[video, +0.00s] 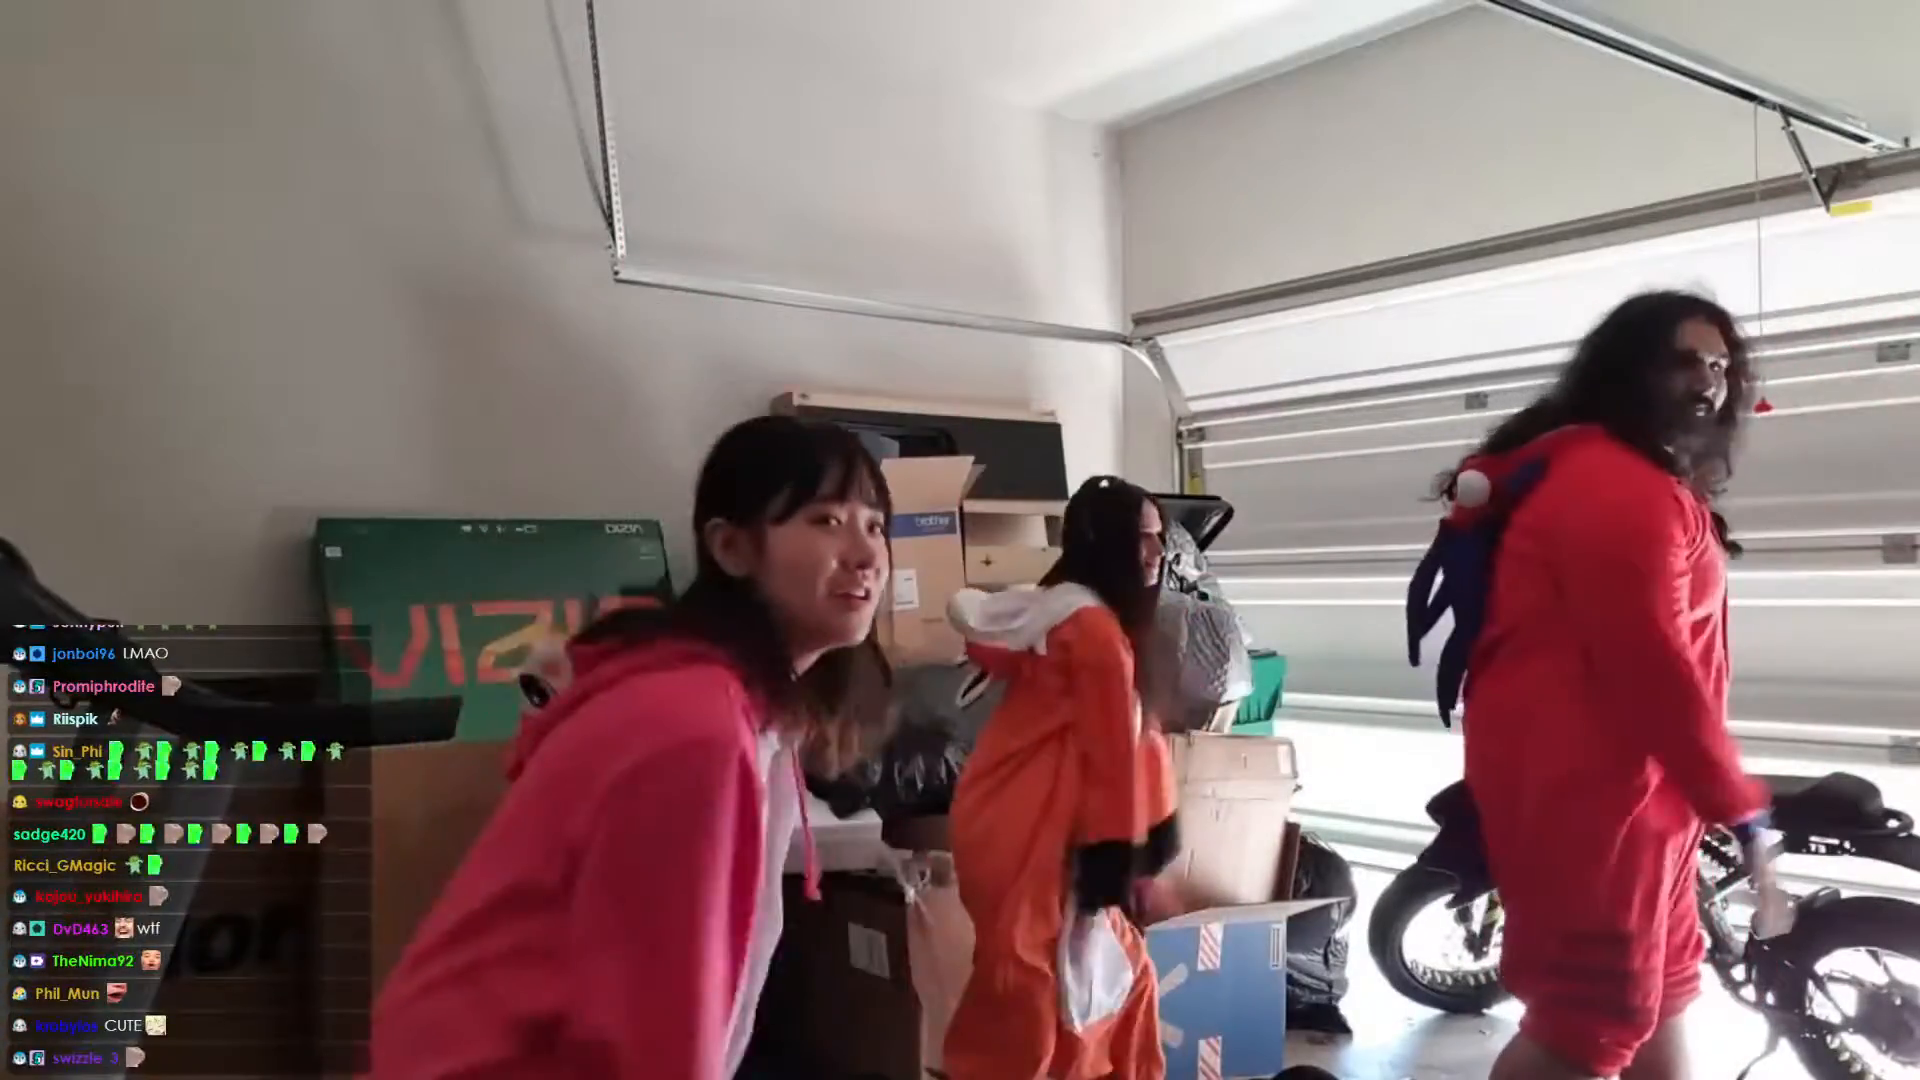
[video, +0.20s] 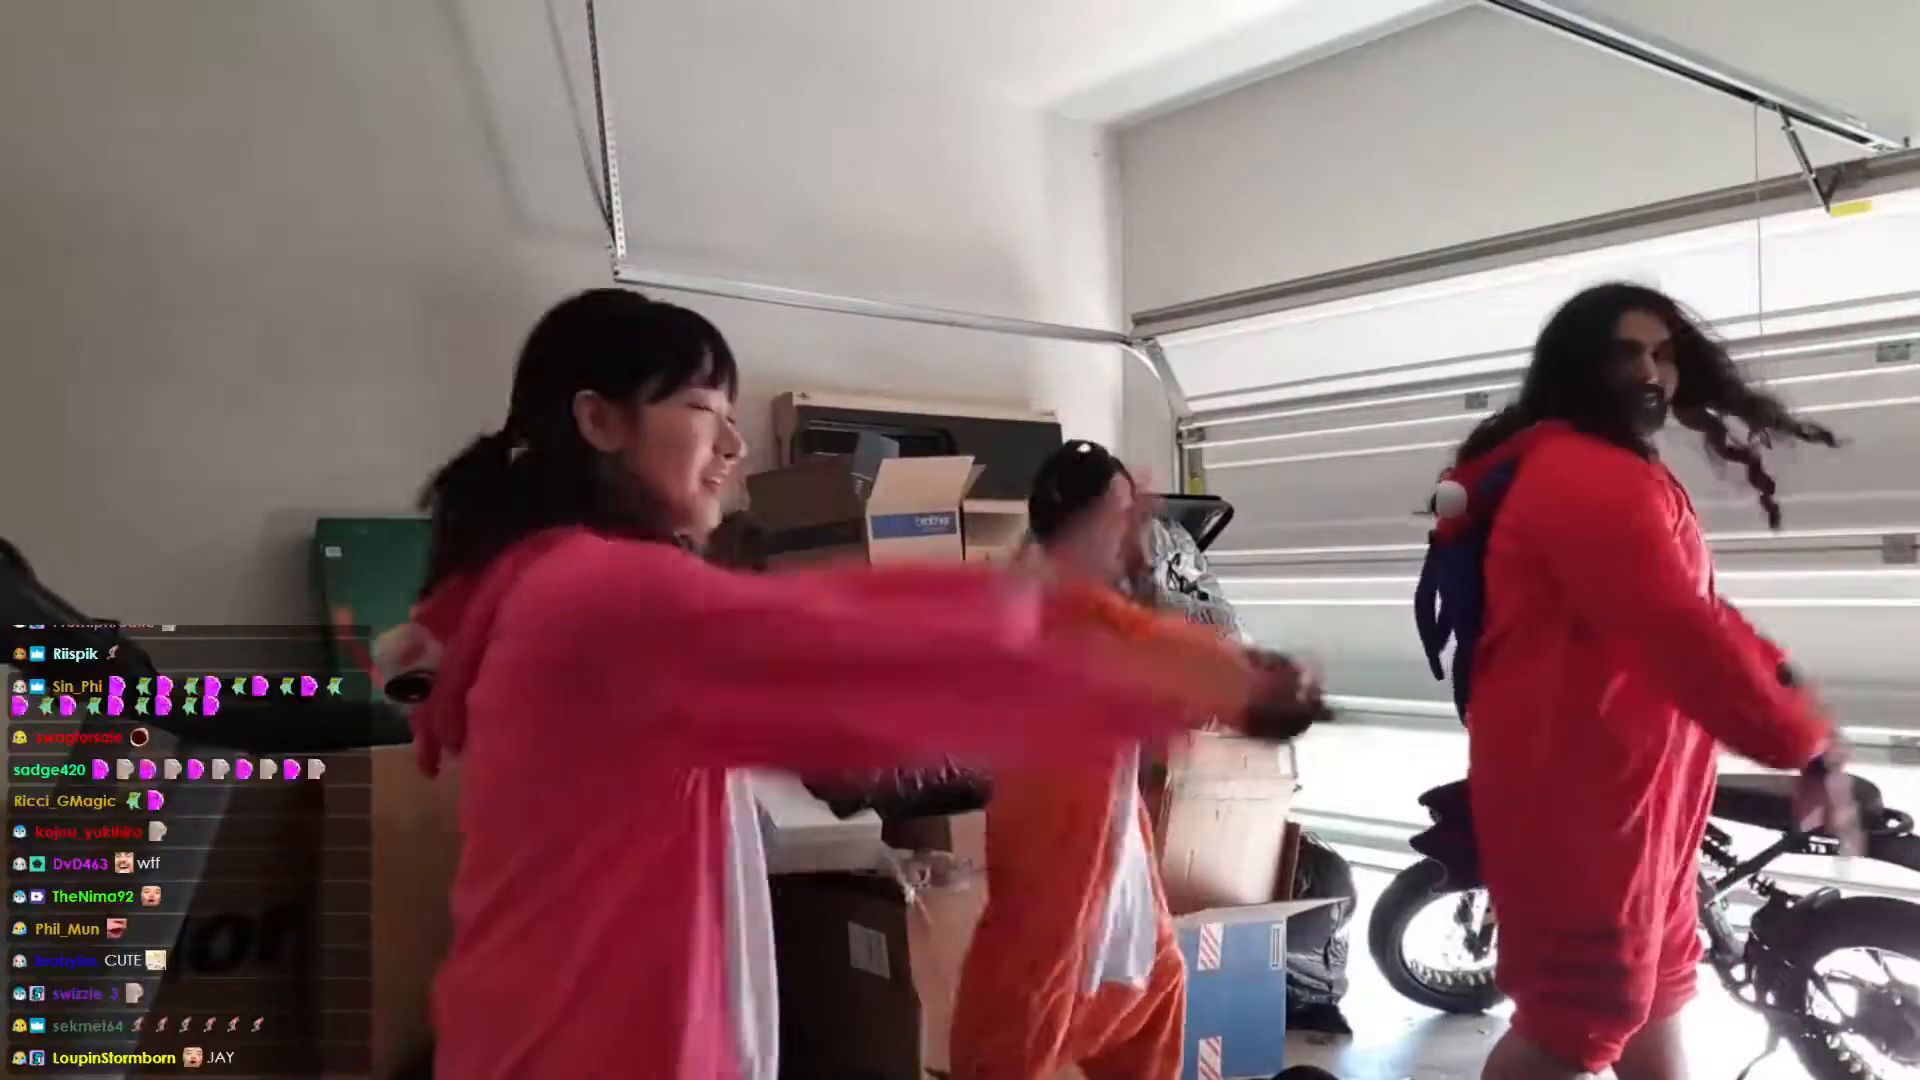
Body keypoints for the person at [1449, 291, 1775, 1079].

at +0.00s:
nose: (1709, 383)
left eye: (1721, 367)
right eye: (1686, 361)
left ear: (1734, 386)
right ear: (1632, 370)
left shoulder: (1648, 480)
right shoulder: (1613, 486)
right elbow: (1651, 668)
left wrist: (1705, 792)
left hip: (1628, 779)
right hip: (1579, 786)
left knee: (1662, 989)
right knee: (1591, 1022)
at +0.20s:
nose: (1654, 374)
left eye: (1665, 356)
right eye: (1628, 354)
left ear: (1679, 370)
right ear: (1580, 366)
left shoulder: (1637, 474)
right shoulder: (1579, 479)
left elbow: (1697, 607)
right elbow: (1678, 634)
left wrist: (1781, 677)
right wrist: (1801, 744)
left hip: (1644, 793)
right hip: (1575, 803)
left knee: (1656, 992)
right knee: (1578, 1016)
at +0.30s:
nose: (1624, 378)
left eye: (1637, 358)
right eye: (1598, 361)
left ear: (1655, 371)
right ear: (1550, 378)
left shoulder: (1604, 471)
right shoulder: (1558, 476)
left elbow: (1705, 543)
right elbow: (1718, 556)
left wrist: (1834, 526)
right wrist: (1904, 566)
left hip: (1647, 795)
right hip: (1577, 804)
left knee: (1671, 988)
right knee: (1578, 1018)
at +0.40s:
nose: (1626, 392)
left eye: (1641, 372)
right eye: (1597, 375)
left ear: (1659, 382)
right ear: (1550, 391)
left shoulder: (1617, 476)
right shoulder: (1547, 484)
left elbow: (1712, 477)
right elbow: (1754, 495)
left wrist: (1801, 393)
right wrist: (1894, 375)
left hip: (1666, 793)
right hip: (1586, 809)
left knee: (1707, 984)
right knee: (1599, 1025)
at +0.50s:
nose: (1639, 396)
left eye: (1655, 376)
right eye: (1609, 378)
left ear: (1672, 388)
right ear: (1561, 396)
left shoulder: (1633, 481)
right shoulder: (1557, 489)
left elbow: (1708, 464)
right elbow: (1769, 462)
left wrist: (1750, 348)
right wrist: (1815, 303)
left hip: (1673, 790)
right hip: (1594, 805)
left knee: (1720, 988)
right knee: (1617, 1032)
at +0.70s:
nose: (1636, 371)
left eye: (1650, 351)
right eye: (1608, 354)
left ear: (1671, 366)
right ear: (1563, 374)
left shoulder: (1641, 467)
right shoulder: (1563, 470)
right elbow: (1748, 541)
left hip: (1666, 782)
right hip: (1591, 791)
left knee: (1680, 985)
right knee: (1593, 1014)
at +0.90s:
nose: (1688, 391)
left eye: (1706, 372)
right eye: (1663, 371)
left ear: (1726, 389)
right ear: (1618, 381)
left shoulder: (1667, 487)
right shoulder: (1607, 493)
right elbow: (1633, 674)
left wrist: (1702, 803)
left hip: (1643, 785)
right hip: (1577, 790)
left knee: (1672, 989)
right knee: (1585, 1021)